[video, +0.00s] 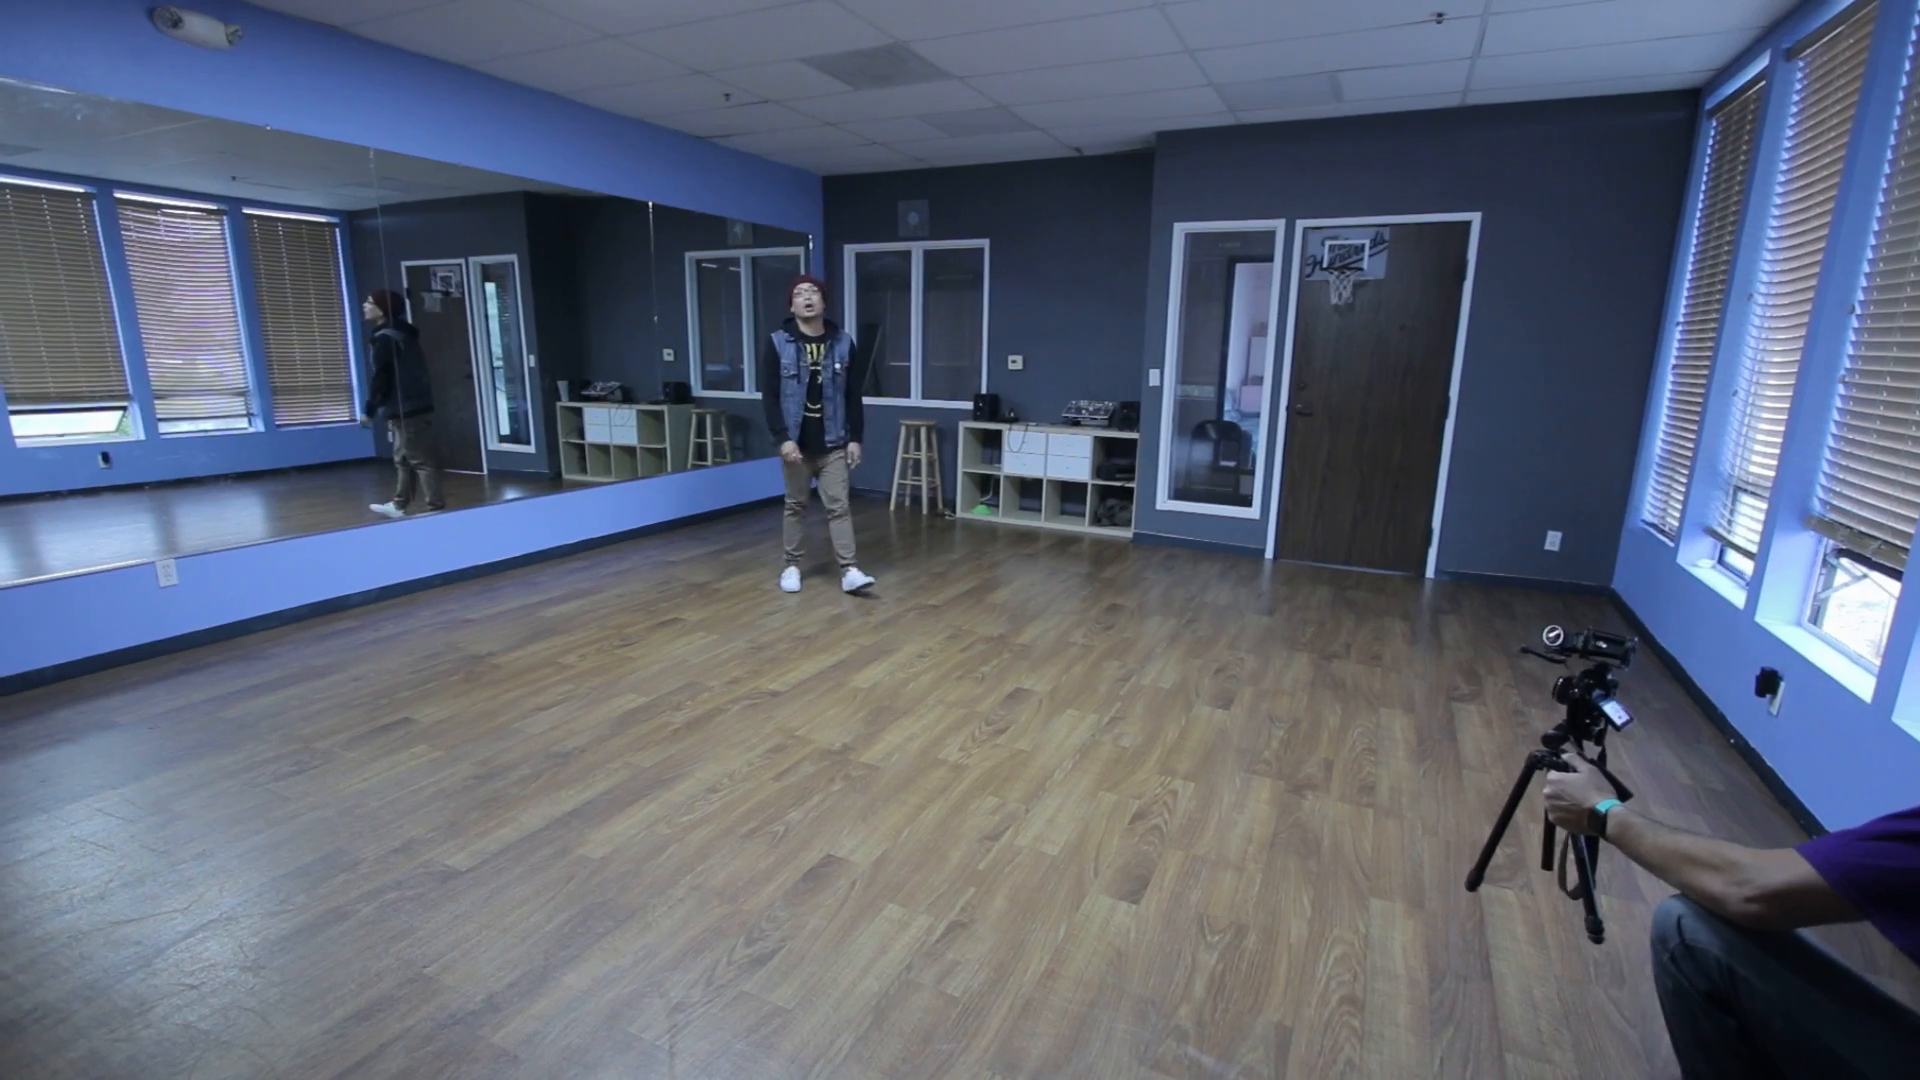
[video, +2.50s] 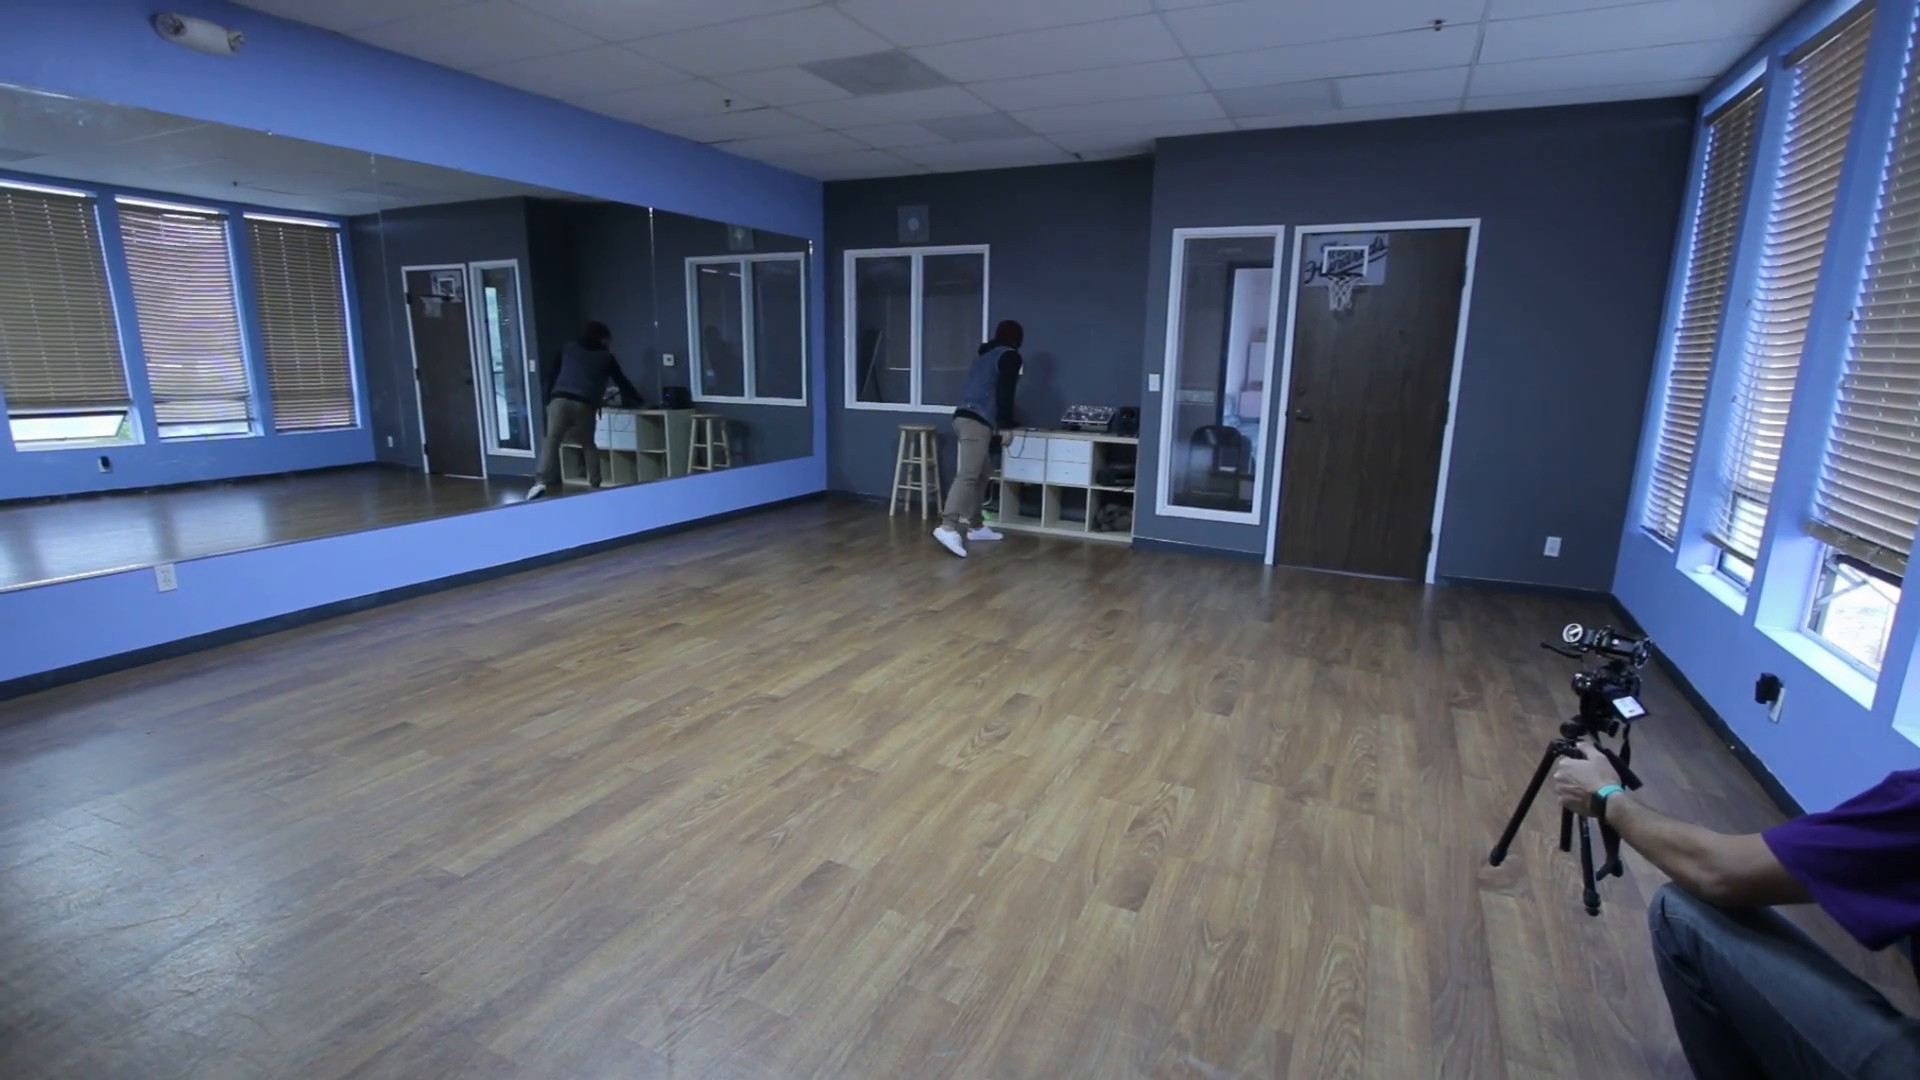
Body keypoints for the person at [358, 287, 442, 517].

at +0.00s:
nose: (365, 307)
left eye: (370, 304)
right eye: (367, 303)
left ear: (382, 310)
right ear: (386, 310)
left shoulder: (383, 338)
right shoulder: (405, 332)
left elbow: (382, 378)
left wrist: (369, 411)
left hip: (405, 407)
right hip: (414, 404)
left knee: (418, 458)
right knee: (403, 457)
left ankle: (436, 507)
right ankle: (399, 504)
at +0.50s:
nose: (403, 313)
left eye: (404, 308)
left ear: (405, 311)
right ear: (428, 308)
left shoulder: (402, 336)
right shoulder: (444, 333)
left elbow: (404, 375)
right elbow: (456, 370)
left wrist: (408, 404)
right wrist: (451, 394)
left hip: (420, 408)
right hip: (449, 405)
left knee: (424, 459)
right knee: (456, 456)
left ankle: (432, 506)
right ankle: (468, 501)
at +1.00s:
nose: (467, 316)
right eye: (465, 312)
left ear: (443, 315)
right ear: (465, 313)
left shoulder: (428, 342)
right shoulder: (477, 340)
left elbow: (425, 379)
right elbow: (499, 372)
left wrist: (433, 409)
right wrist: (517, 399)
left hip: (447, 408)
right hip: (475, 406)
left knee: (457, 453)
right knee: (472, 455)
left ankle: (462, 496)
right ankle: (467, 499)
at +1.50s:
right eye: (491, 310)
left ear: (468, 312)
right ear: (491, 310)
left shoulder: (458, 338)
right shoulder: (501, 334)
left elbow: (455, 372)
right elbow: (514, 366)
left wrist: (458, 400)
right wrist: (521, 391)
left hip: (472, 398)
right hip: (498, 395)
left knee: (483, 439)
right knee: (511, 438)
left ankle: (487, 486)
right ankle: (486, 470)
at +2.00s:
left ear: (533, 328)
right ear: (555, 328)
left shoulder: (518, 350)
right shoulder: (562, 350)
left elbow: (508, 381)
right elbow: (583, 373)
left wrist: (512, 405)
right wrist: (604, 389)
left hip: (526, 411)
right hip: (556, 410)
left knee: (514, 450)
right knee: (573, 446)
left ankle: (495, 489)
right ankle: (593, 484)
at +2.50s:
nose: (609, 343)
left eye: (609, 340)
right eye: (608, 340)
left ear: (585, 335)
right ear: (603, 339)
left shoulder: (568, 348)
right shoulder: (606, 357)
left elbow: (553, 373)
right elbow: (622, 383)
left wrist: (548, 398)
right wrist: (637, 401)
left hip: (560, 400)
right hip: (585, 405)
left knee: (551, 440)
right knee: (589, 444)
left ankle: (541, 481)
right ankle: (595, 484)